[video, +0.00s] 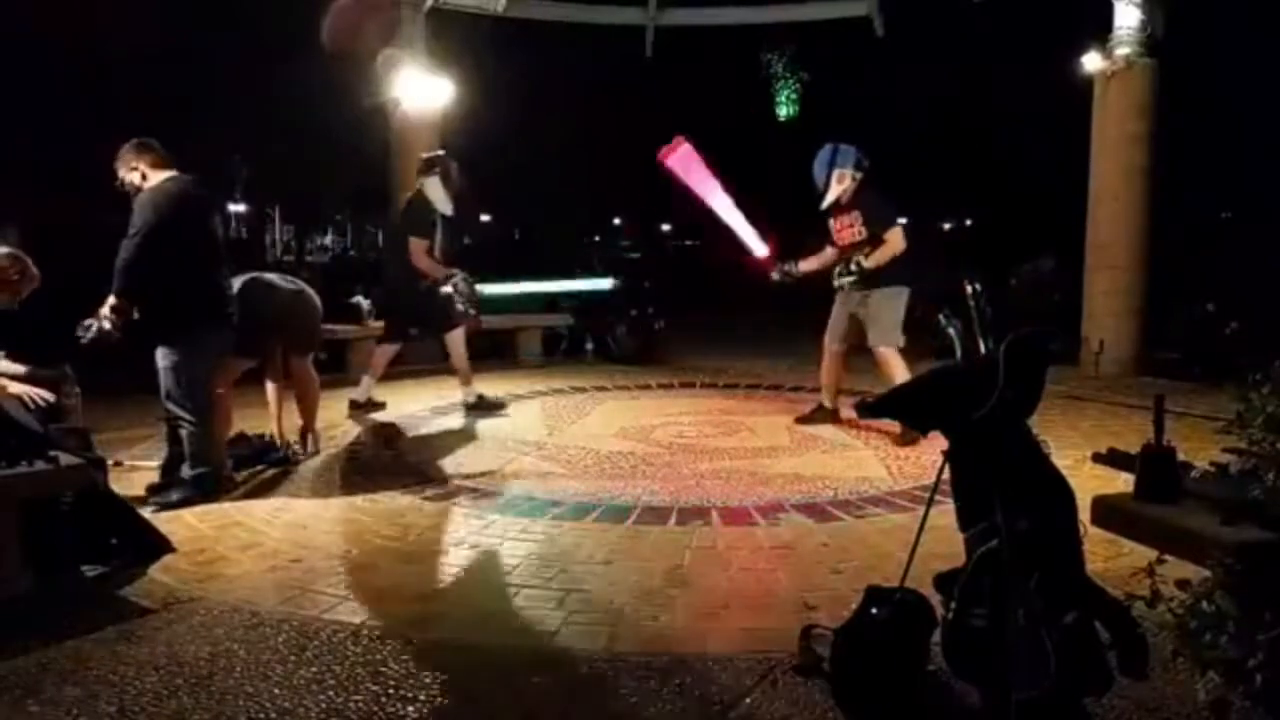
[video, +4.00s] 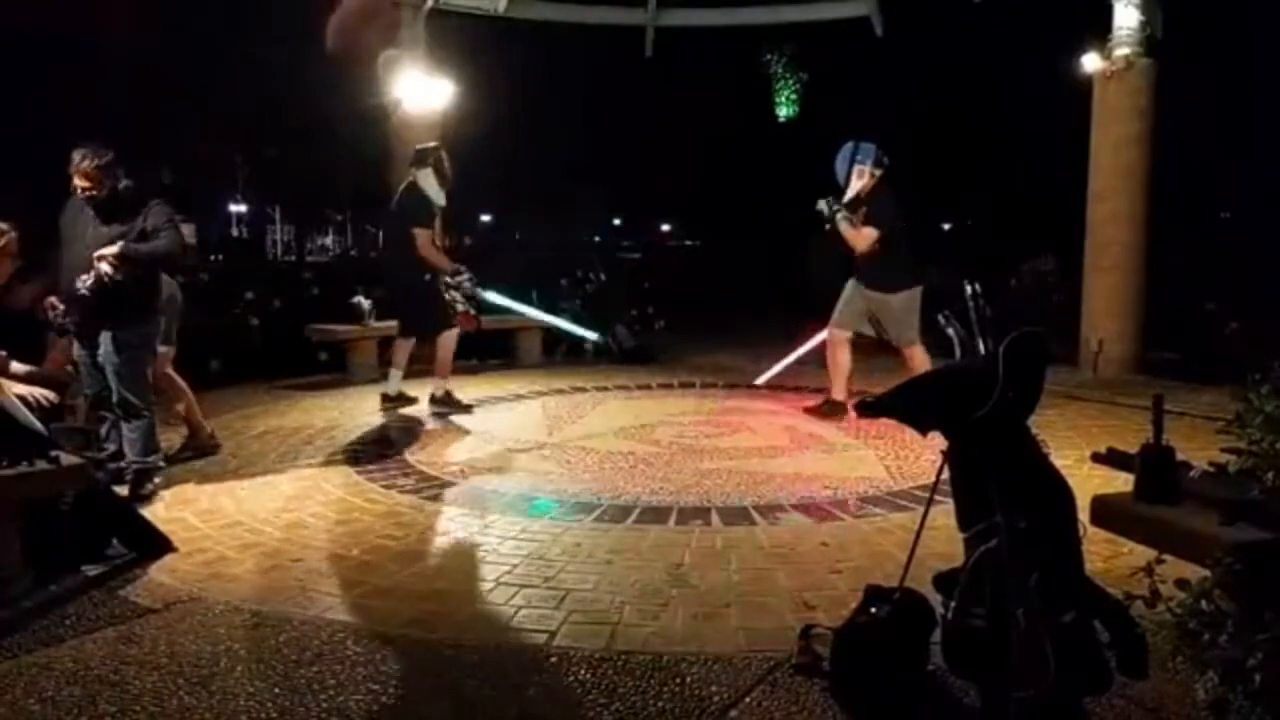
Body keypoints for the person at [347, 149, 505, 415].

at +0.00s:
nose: (456, 182)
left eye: (454, 176)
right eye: (452, 176)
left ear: (429, 176)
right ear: (439, 177)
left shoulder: (426, 204)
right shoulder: (422, 206)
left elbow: (423, 253)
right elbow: (417, 257)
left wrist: (443, 271)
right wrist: (446, 274)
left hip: (405, 283)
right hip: (413, 283)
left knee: (393, 337)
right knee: (454, 326)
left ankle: (361, 394)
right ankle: (471, 395)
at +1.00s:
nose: (447, 181)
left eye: (446, 175)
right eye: (442, 175)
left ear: (424, 177)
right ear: (429, 178)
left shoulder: (427, 204)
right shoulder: (410, 209)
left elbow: (421, 255)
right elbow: (407, 260)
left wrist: (437, 287)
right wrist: (433, 288)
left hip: (409, 286)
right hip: (404, 287)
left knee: (387, 339)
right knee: (445, 329)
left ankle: (349, 394)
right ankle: (463, 396)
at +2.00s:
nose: (444, 175)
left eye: (441, 169)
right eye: (440, 170)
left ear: (414, 173)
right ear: (429, 173)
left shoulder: (411, 199)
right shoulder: (408, 203)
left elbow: (426, 248)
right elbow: (429, 253)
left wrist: (460, 255)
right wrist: (464, 259)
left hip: (392, 281)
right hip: (404, 283)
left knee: (381, 335)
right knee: (440, 329)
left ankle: (343, 389)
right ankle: (449, 395)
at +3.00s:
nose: (411, 173)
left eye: (410, 167)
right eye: (407, 167)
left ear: (387, 169)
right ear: (394, 167)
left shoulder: (376, 197)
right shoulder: (378, 200)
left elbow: (389, 243)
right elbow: (391, 247)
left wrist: (422, 245)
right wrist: (426, 251)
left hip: (366, 282)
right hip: (378, 284)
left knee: (354, 336)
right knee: (416, 330)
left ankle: (324, 392)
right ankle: (434, 395)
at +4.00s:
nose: (448, 174)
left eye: (447, 168)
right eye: (444, 168)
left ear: (418, 168)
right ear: (432, 168)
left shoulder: (408, 193)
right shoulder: (421, 197)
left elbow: (420, 244)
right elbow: (424, 246)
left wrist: (446, 264)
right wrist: (453, 269)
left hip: (403, 274)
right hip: (417, 275)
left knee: (408, 329)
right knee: (449, 328)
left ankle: (392, 390)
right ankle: (441, 391)